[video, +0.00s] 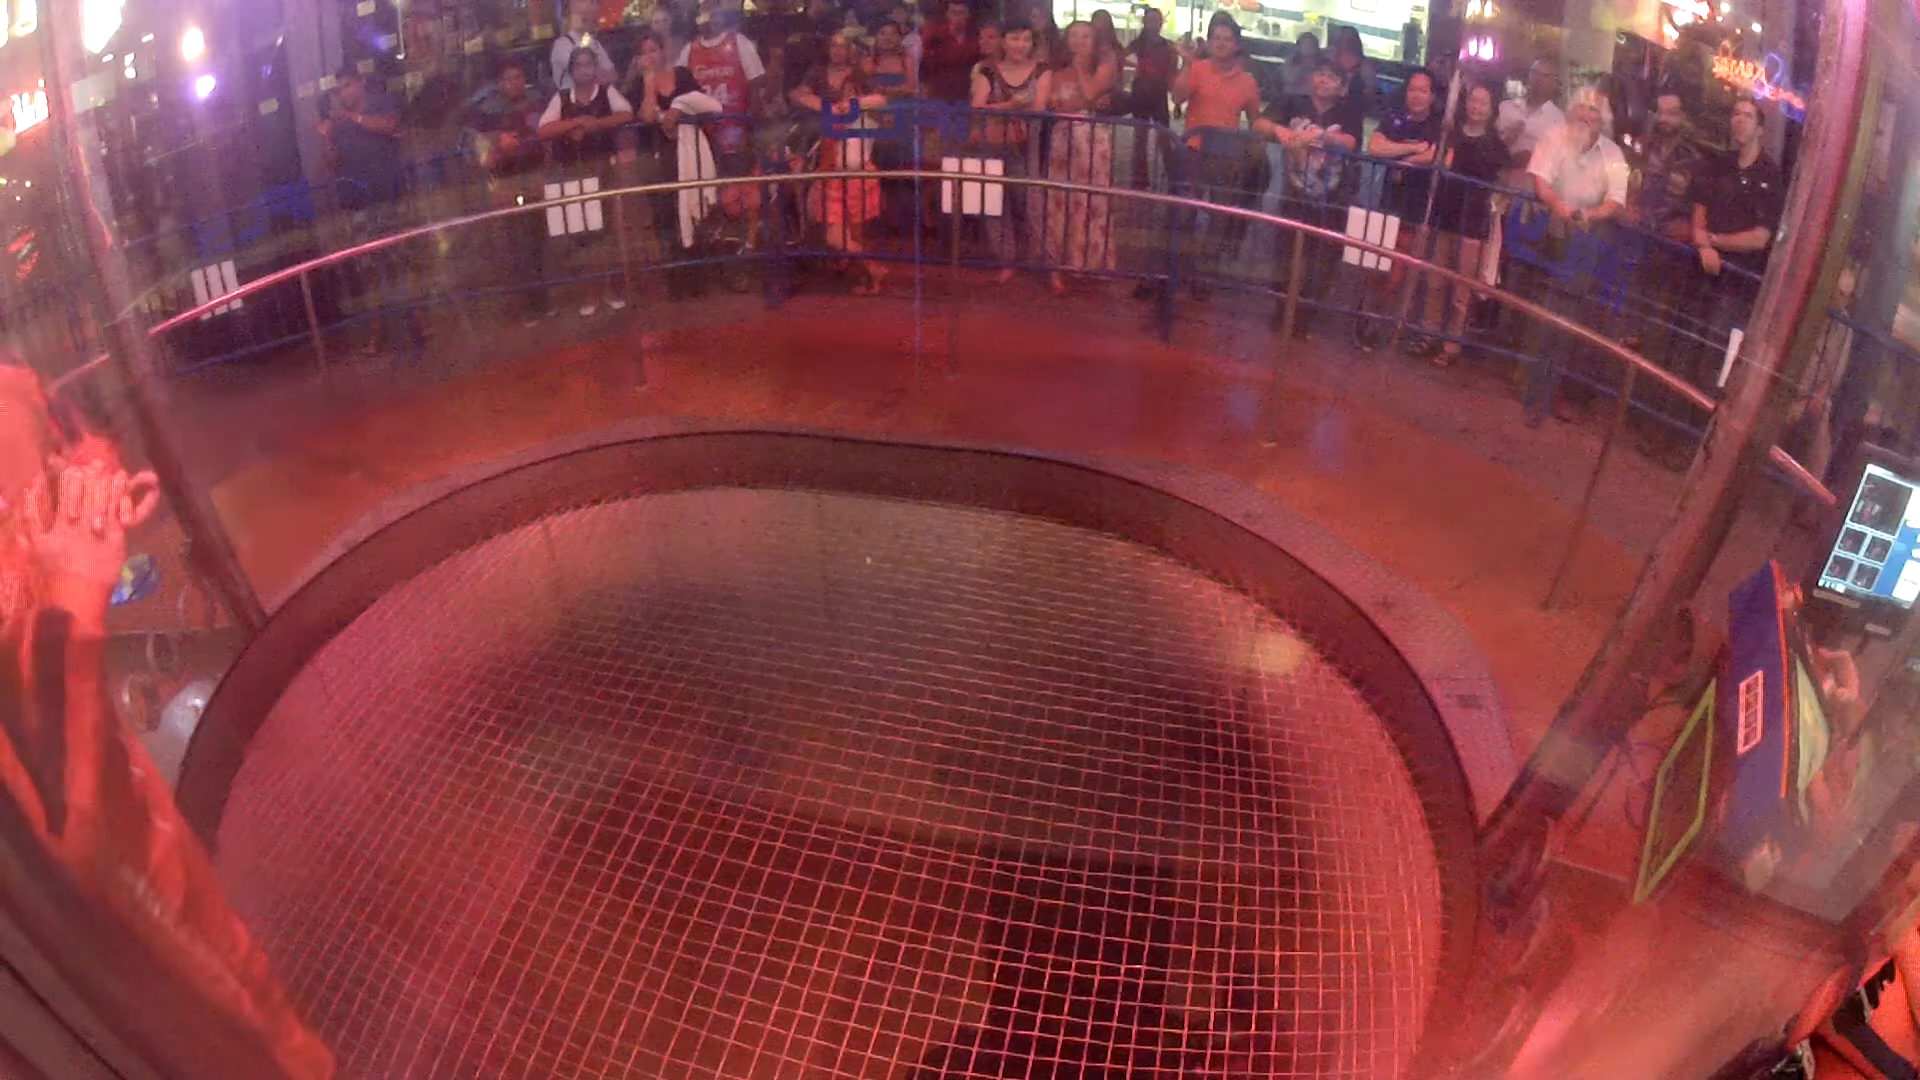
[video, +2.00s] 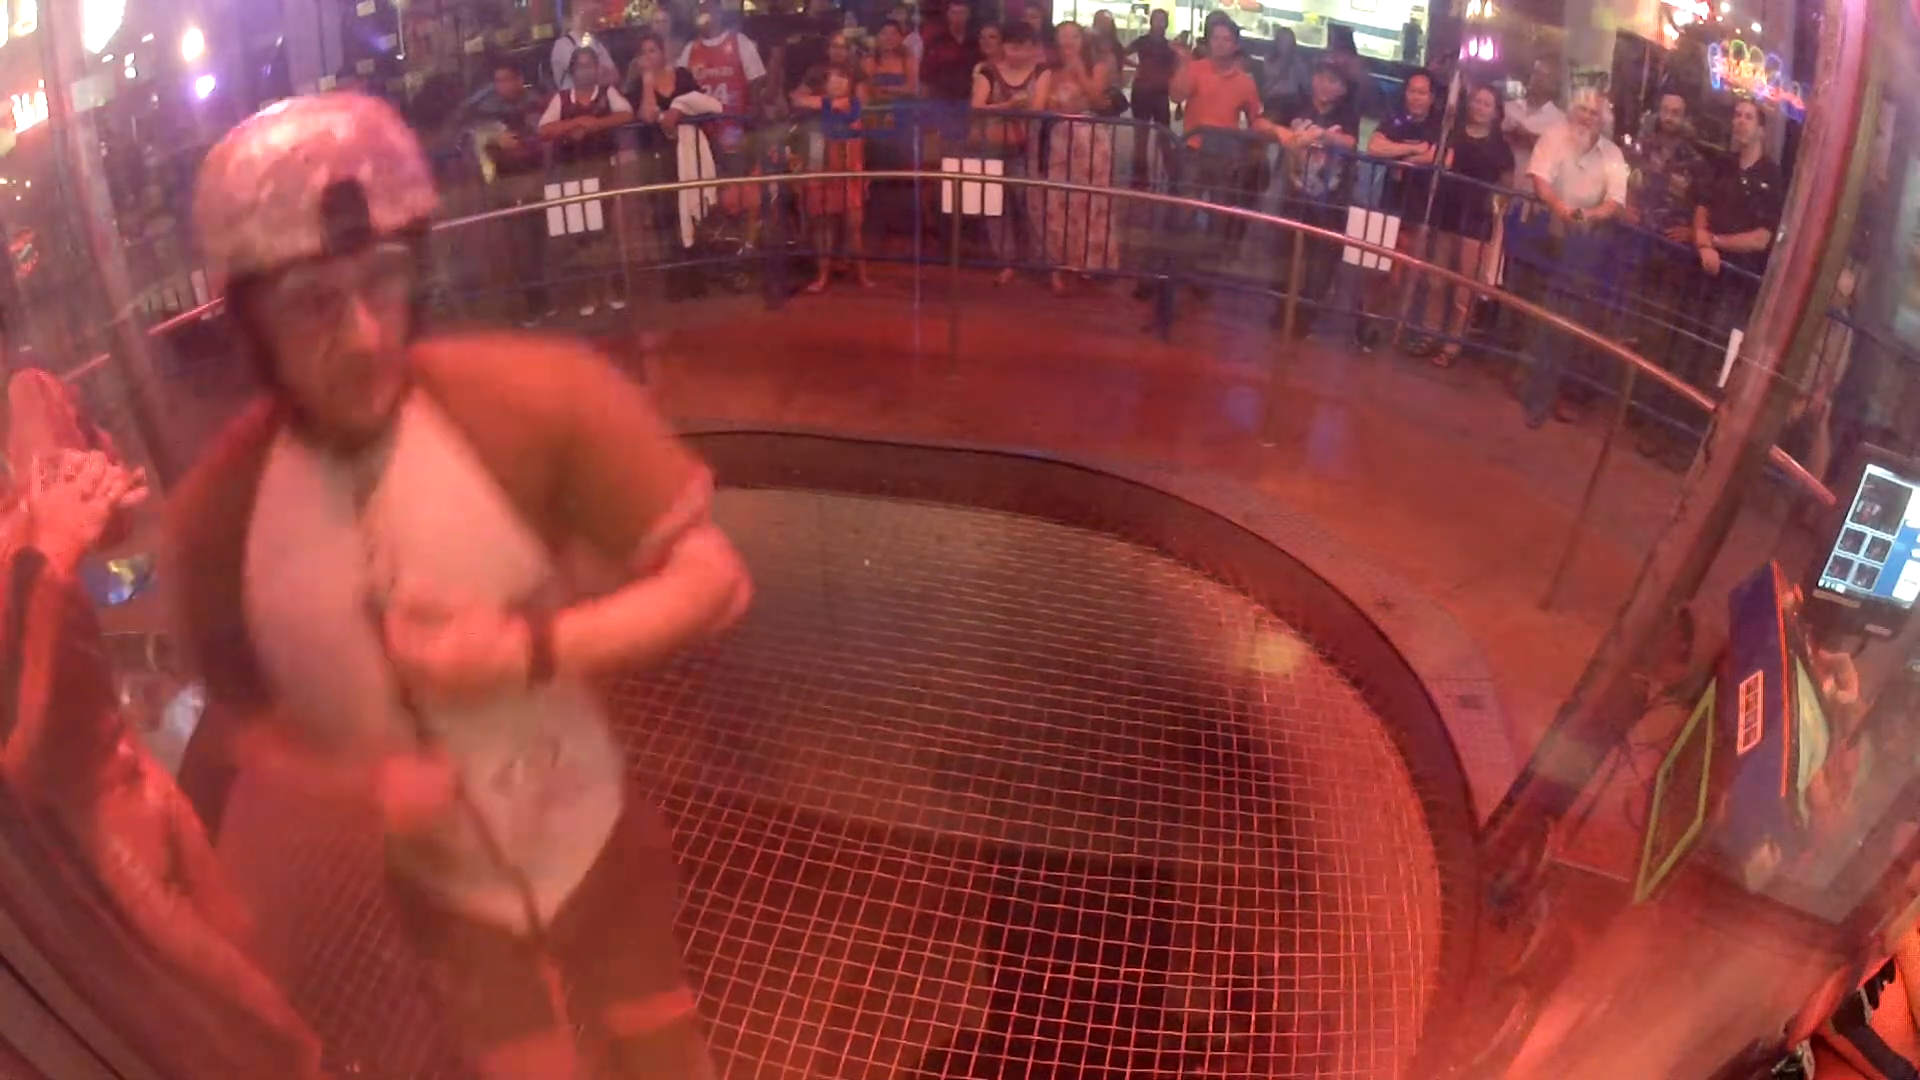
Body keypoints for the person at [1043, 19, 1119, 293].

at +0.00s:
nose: (1079, 41)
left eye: (1085, 36)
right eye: (1074, 36)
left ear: (1095, 41)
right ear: (1067, 41)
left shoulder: (1104, 66)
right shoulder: (1059, 72)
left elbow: (1090, 94)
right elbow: (1049, 105)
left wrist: (1081, 65)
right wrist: (1082, 102)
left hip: (1091, 138)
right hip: (1062, 137)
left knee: (1089, 201)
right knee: (1060, 201)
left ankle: (1087, 265)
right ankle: (1058, 265)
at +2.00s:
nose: (1067, 45)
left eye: (1072, 39)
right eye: (1063, 40)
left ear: (1082, 42)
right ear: (1055, 44)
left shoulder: (1095, 68)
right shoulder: (1051, 74)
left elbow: (1097, 98)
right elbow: (1039, 108)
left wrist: (1078, 71)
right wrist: (1061, 105)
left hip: (1089, 137)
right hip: (1059, 137)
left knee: (1088, 200)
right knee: (1059, 200)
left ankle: (1086, 263)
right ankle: (1059, 264)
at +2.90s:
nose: (1069, 42)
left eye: (1075, 37)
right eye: (1065, 37)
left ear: (1085, 41)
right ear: (1058, 42)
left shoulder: (1095, 70)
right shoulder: (1051, 75)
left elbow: (1100, 102)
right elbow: (1038, 108)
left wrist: (1084, 75)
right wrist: (1060, 110)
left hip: (1088, 138)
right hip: (1059, 137)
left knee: (1086, 200)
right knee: (1058, 200)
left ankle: (1084, 263)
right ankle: (1057, 266)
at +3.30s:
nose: (1074, 44)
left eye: (1080, 38)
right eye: (1069, 39)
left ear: (1089, 41)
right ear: (1062, 42)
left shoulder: (1098, 70)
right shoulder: (1052, 75)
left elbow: (1099, 100)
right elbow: (1037, 109)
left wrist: (1086, 70)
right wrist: (1063, 112)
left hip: (1090, 139)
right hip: (1061, 138)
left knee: (1087, 201)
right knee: (1059, 200)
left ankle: (1083, 264)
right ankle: (1058, 265)